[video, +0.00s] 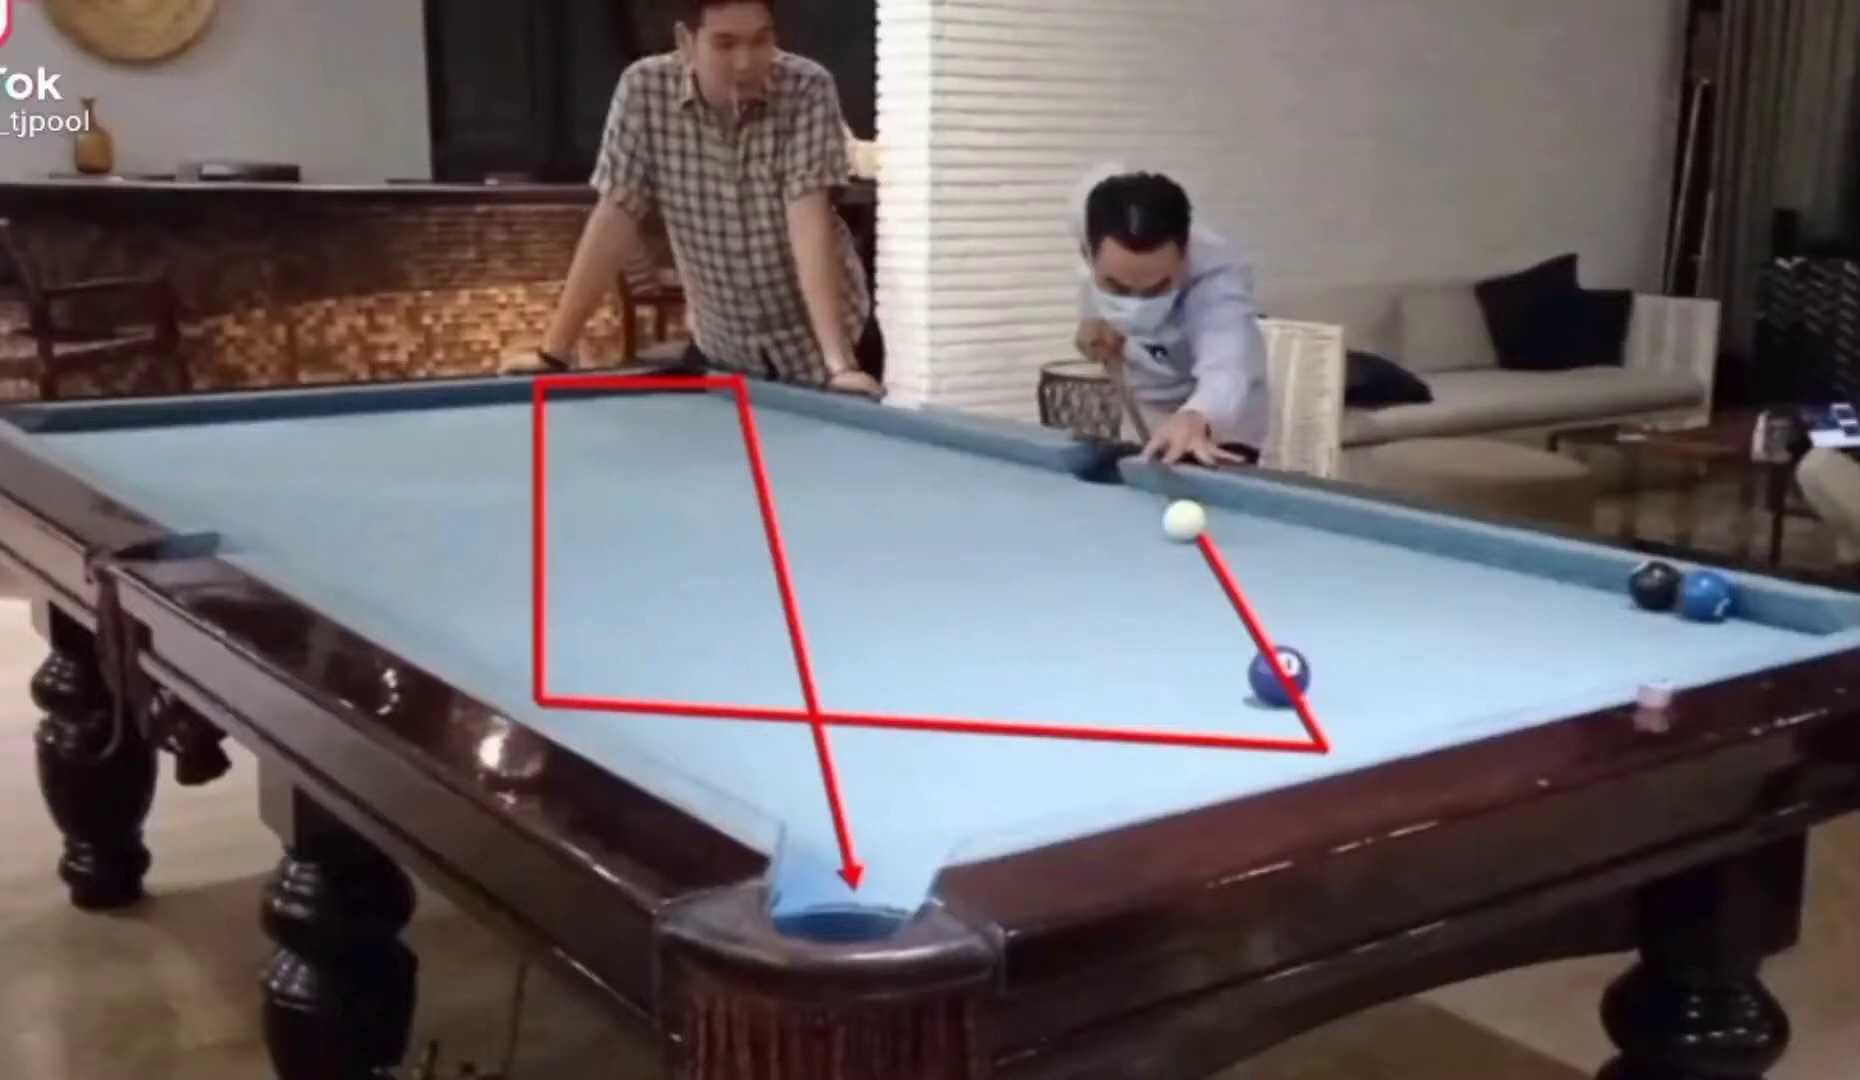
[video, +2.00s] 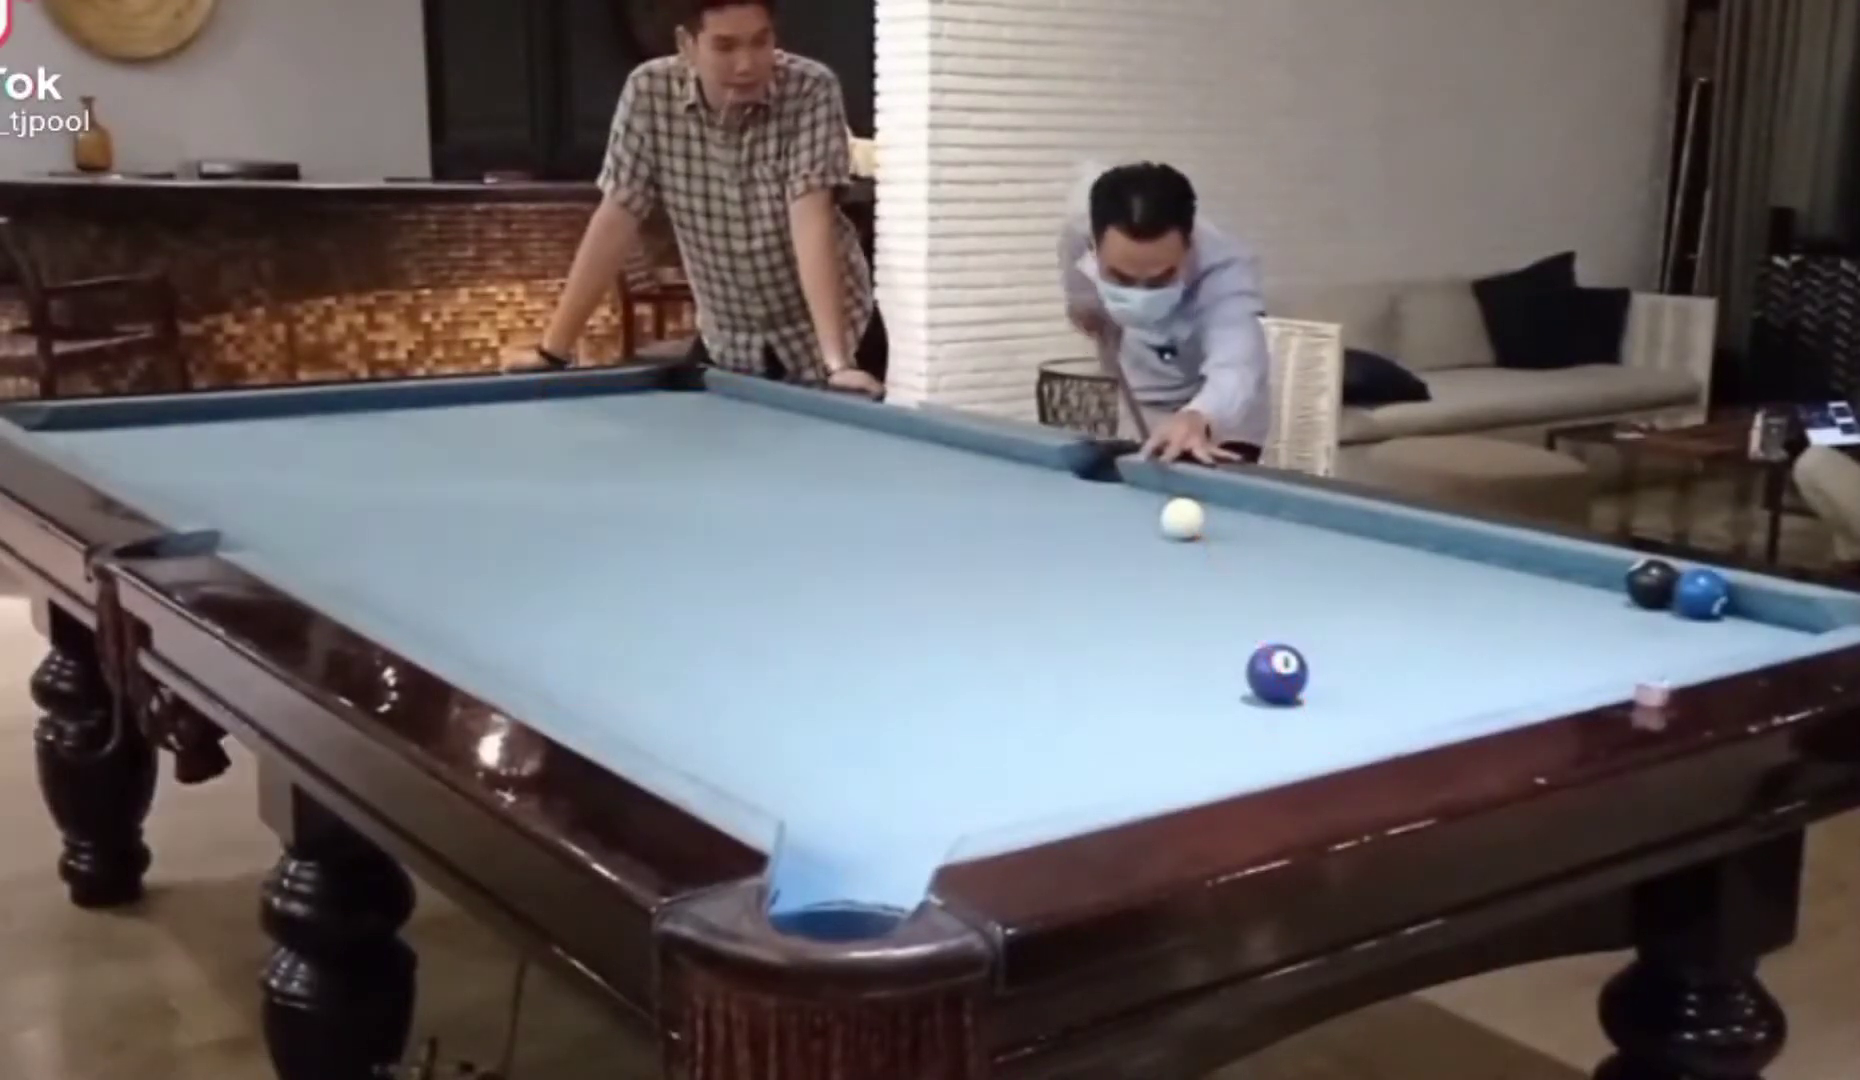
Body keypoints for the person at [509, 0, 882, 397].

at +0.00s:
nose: (746, 63)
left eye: (759, 41)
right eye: (725, 44)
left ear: (774, 36)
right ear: (686, 43)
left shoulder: (806, 89)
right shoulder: (644, 90)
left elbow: (810, 222)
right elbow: (614, 216)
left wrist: (839, 364)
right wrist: (554, 353)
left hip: (824, 349)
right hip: (723, 349)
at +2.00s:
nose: (746, 65)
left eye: (760, 42)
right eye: (724, 47)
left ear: (775, 36)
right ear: (687, 46)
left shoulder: (810, 89)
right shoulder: (650, 92)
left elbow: (811, 212)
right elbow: (618, 214)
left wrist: (838, 363)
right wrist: (553, 351)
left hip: (832, 343)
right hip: (728, 345)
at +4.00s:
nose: (750, 28)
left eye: (759, 11)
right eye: (729, 12)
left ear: (772, 15)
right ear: (685, 23)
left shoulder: (809, 104)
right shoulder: (637, 91)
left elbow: (854, 237)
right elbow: (609, 217)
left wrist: (847, 333)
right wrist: (553, 350)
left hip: (811, 338)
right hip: (704, 339)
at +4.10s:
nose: (757, 29)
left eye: (765, 13)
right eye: (737, 15)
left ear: (777, 19)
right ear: (691, 23)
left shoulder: (811, 101)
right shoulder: (638, 90)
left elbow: (858, 225)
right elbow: (610, 214)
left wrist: (836, 288)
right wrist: (553, 350)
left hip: (814, 342)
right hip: (701, 345)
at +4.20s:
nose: (766, 31)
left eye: (774, 14)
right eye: (745, 16)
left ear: (784, 19)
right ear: (698, 24)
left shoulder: (813, 102)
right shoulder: (642, 88)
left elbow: (858, 228)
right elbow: (610, 217)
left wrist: (832, 248)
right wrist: (552, 350)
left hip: (816, 336)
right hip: (702, 341)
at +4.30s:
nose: (772, 35)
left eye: (779, 17)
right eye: (751, 19)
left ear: (789, 21)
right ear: (704, 25)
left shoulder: (814, 100)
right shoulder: (645, 87)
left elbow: (852, 247)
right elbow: (610, 218)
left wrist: (820, 202)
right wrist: (552, 351)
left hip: (815, 333)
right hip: (701, 339)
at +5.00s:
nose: (767, 40)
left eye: (777, 23)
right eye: (746, 23)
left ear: (788, 26)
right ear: (703, 26)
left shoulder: (812, 101)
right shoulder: (649, 89)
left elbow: (845, 222)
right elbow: (612, 218)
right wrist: (552, 352)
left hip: (808, 335)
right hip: (701, 344)